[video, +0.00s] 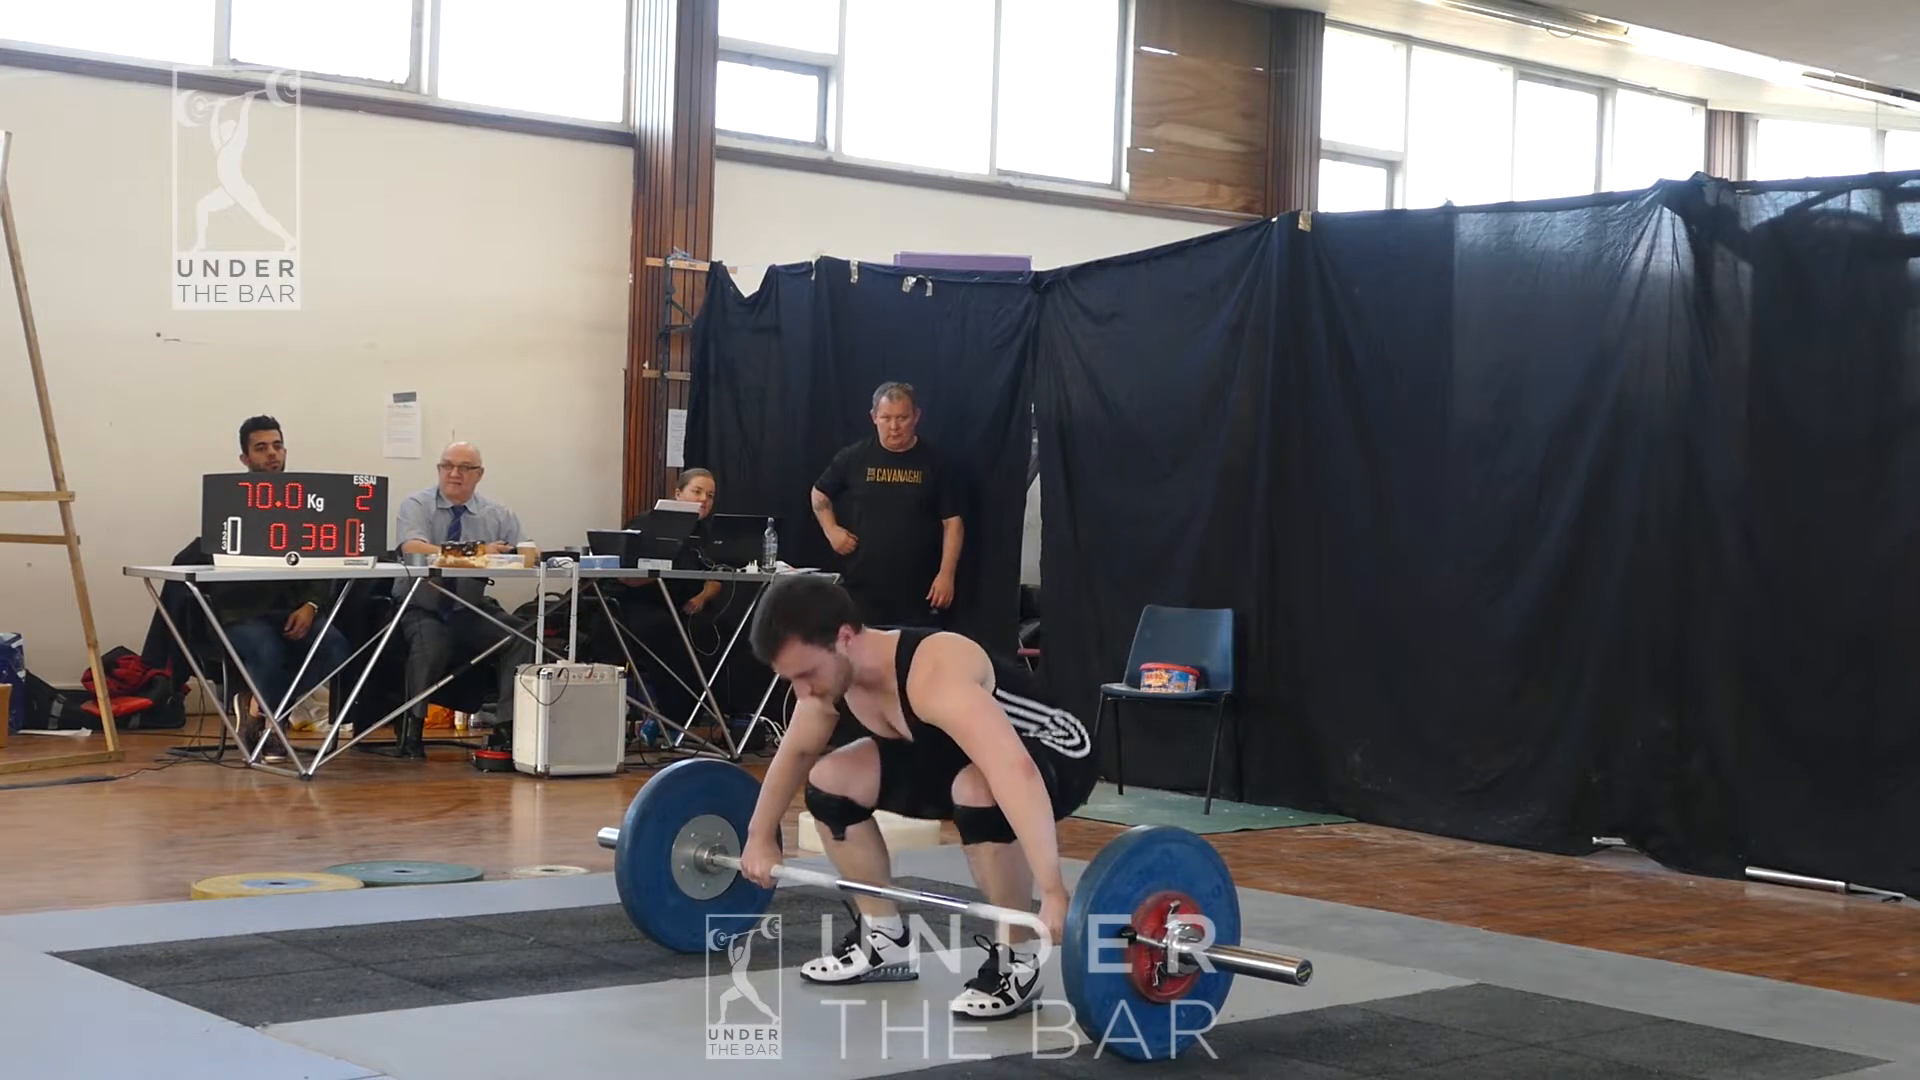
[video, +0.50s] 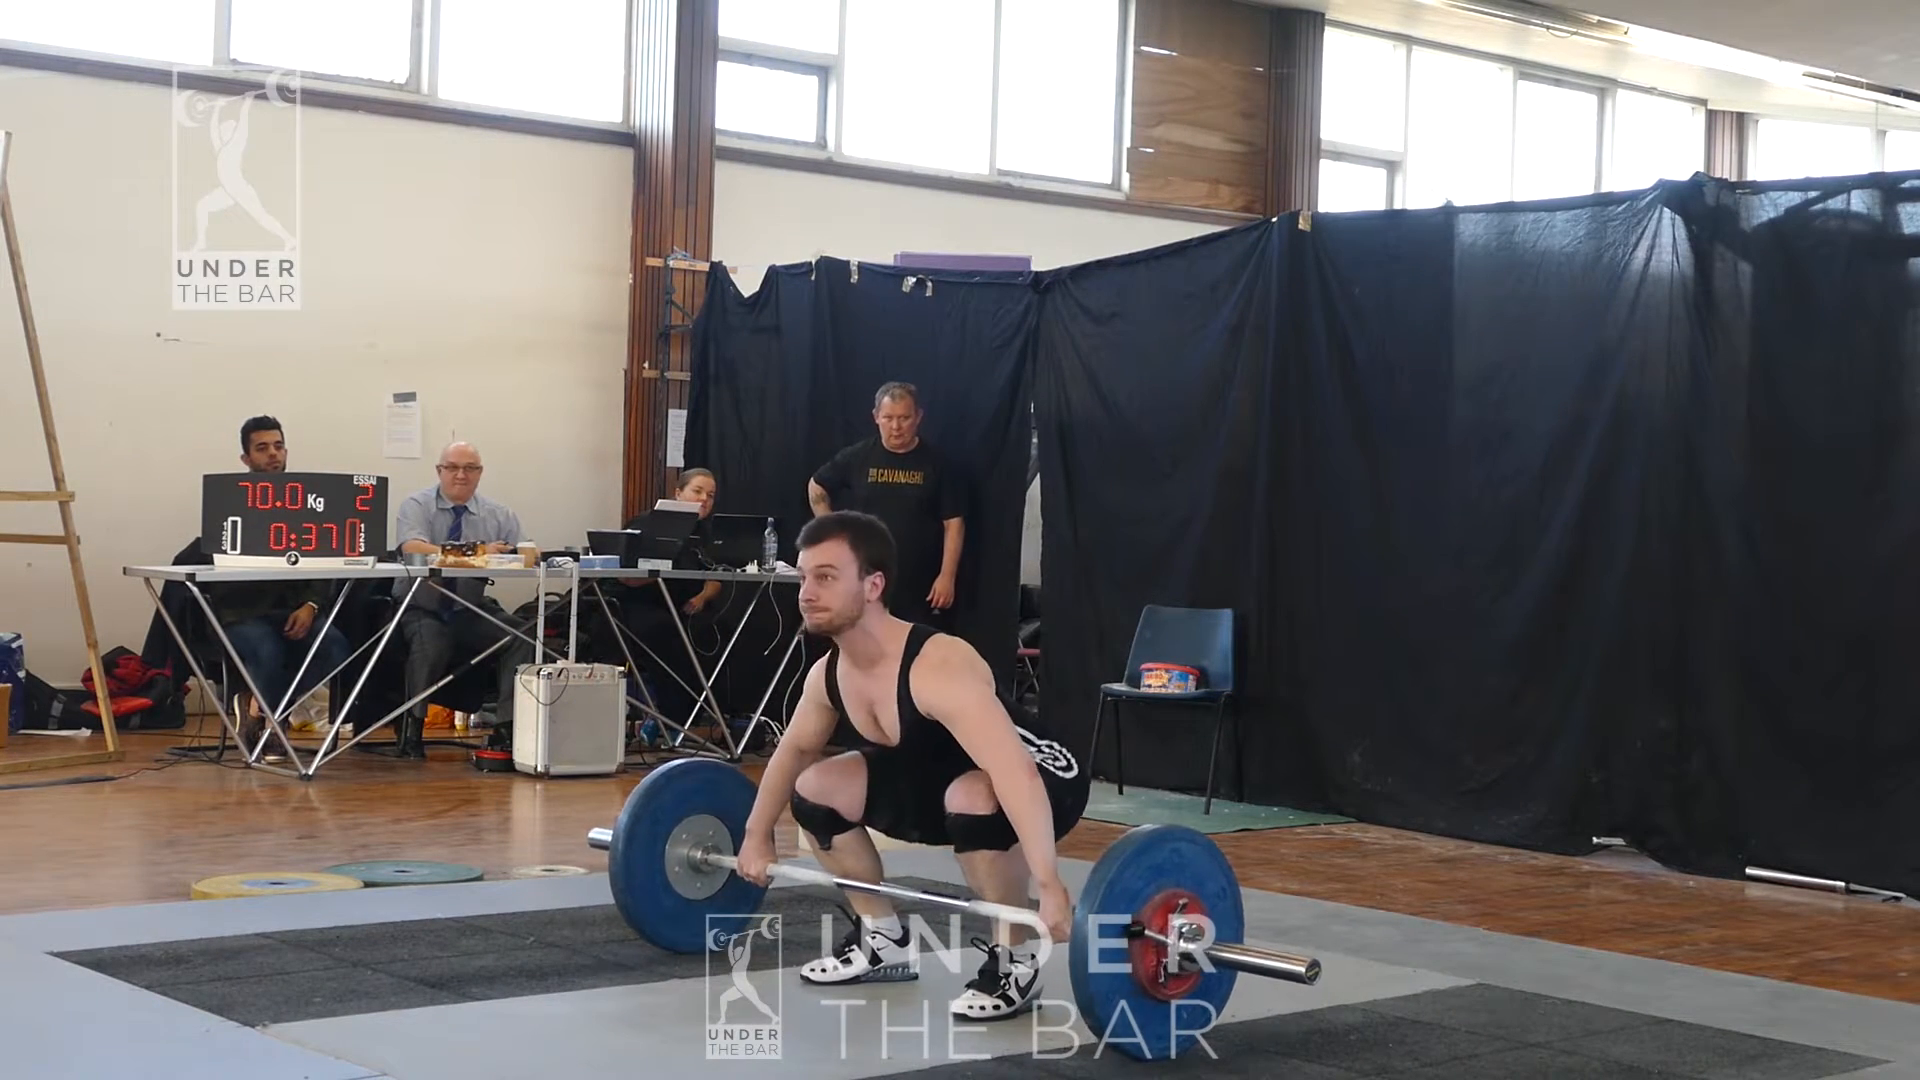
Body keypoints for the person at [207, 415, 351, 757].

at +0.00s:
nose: (272, 453)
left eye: (277, 446)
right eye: (261, 447)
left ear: (285, 451)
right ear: (245, 458)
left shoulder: (303, 497)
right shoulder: (233, 500)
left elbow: (328, 557)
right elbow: (223, 559)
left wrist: (312, 605)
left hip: (294, 607)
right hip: (245, 610)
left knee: (335, 648)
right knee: (268, 651)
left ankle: (257, 708)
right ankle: (273, 733)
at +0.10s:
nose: (272, 453)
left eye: (277, 446)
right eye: (262, 447)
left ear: (285, 451)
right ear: (245, 458)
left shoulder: (303, 497)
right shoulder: (234, 500)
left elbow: (328, 557)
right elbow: (223, 559)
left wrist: (312, 605)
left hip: (294, 607)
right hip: (245, 609)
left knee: (335, 648)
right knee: (267, 650)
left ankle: (257, 708)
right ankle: (273, 733)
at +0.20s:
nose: (273, 454)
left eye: (278, 446)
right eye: (262, 448)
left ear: (285, 451)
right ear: (246, 458)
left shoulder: (303, 497)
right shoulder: (233, 499)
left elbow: (326, 557)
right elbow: (221, 559)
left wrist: (312, 605)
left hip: (294, 607)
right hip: (245, 610)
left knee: (335, 648)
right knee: (268, 651)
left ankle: (256, 707)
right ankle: (273, 731)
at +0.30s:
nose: (273, 454)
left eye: (278, 446)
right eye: (262, 448)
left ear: (285, 451)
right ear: (246, 458)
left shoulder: (303, 497)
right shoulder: (234, 500)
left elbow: (327, 557)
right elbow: (221, 559)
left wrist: (312, 605)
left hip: (295, 607)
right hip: (245, 609)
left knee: (335, 648)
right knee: (268, 652)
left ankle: (258, 708)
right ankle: (273, 733)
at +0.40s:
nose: (273, 454)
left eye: (278, 446)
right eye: (262, 448)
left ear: (286, 451)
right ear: (246, 458)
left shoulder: (303, 497)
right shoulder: (234, 499)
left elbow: (327, 557)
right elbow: (221, 559)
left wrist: (312, 605)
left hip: (294, 607)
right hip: (245, 609)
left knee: (335, 648)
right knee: (268, 651)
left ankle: (257, 707)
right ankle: (272, 732)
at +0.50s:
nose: (273, 454)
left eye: (278, 446)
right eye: (263, 448)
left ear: (286, 451)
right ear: (246, 458)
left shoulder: (303, 497)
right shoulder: (234, 500)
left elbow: (326, 557)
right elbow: (222, 560)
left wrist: (312, 604)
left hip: (294, 607)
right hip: (245, 610)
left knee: (335, 648)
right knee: (268, 651)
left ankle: (256, 708)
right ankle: (273, 733)